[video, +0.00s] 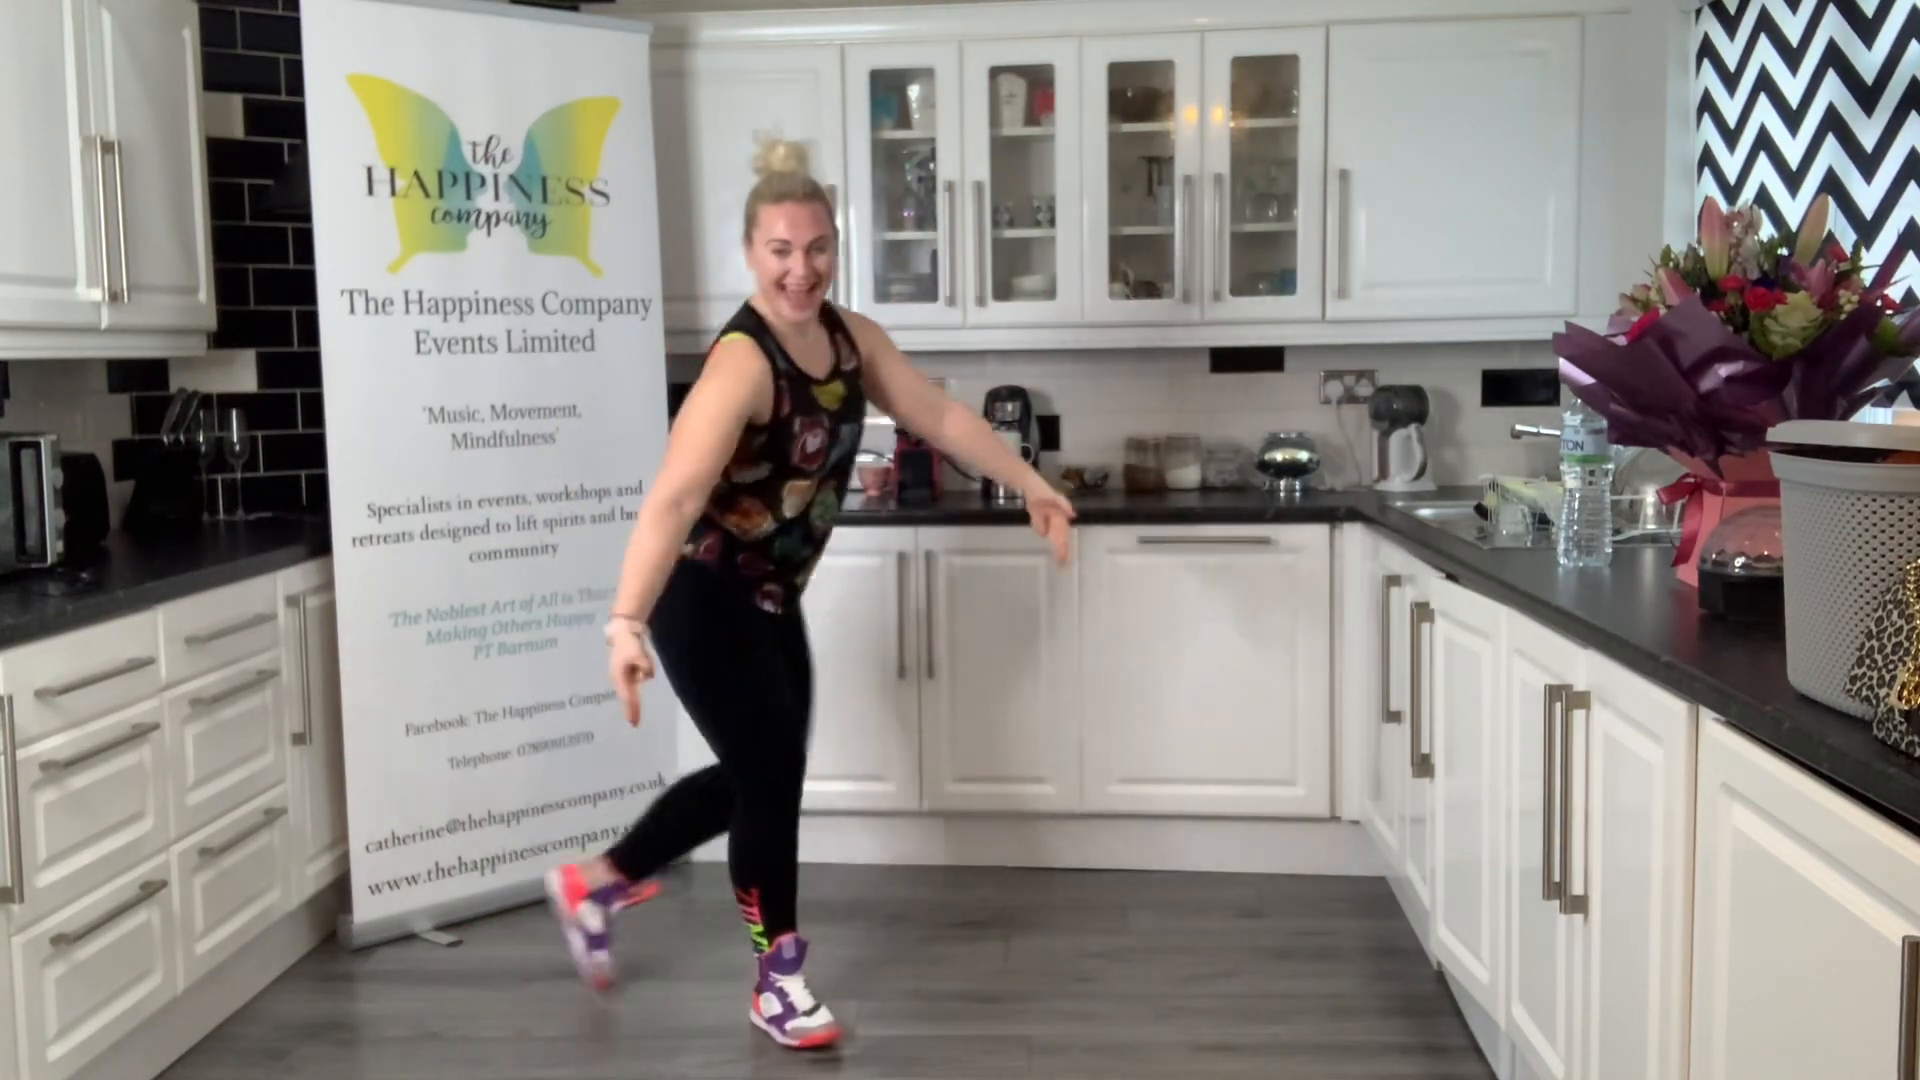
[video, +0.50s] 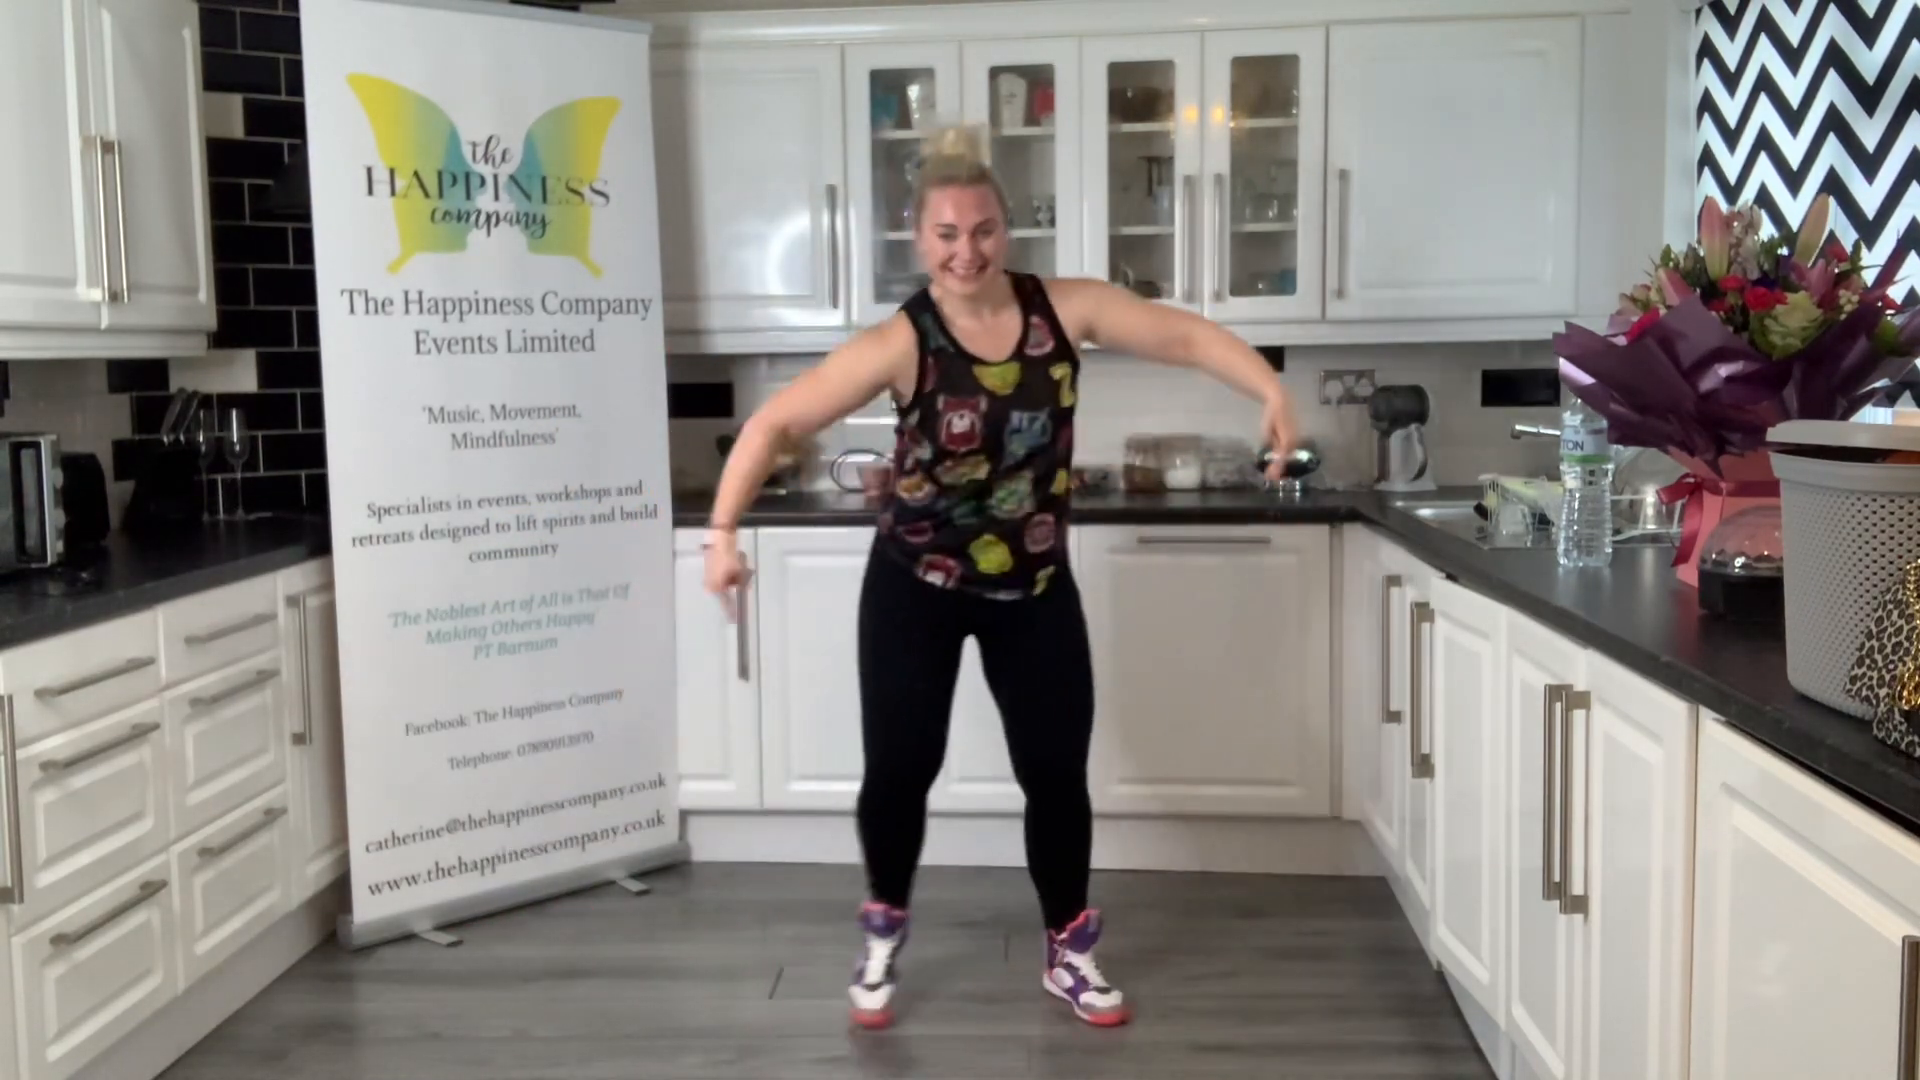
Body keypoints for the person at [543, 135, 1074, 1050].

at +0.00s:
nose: (799, 266)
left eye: (815, 247)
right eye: (780, 249)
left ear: (835, 248)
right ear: (750, 252)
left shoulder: (854, 338)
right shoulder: (742, 364)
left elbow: (938, 416)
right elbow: (674, 495)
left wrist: (1032, 485)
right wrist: (628, 615)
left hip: (773, 595)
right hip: (700, 594)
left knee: (761, 770)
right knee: (768, 765)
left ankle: (598, 885)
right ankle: (778, 976)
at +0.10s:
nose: (830, 261)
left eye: (846, 243)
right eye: (810, 244)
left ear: (868, 244)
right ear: (781, 247)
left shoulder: (892, 334)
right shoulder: (769, 355)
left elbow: (977, 418)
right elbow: (688, 484)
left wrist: (1065, 484)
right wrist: (617, 597)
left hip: (815, 585)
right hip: (728, 584)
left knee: (880, 744)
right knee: (780, 773)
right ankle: (781, 975)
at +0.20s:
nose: (860, 269)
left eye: (877, 249)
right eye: (840, 251)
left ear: (900, 248)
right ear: (813, 253)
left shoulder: (927, 342)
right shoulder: (797, 365)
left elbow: (1020, 417)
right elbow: (710, 490)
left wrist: (1115, 480)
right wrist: (628, 596)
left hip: (860, 589)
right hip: (766, 596)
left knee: (951, 734)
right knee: (811, 773)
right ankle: (783, 980)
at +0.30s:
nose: (894, 273)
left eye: (911, 254)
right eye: (875, 256)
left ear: (934, 253)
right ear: (849, 260)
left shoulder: (977, 347)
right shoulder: (834, 369)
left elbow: (1079, 411)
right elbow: (743, 485)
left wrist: (1181, 473)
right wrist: (651, 588)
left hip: (920, 596)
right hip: (817, 601)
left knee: (992, 768)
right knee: (841, 783)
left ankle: (1054, 943)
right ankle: (787, 982)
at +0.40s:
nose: (931, 264)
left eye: (947, 244)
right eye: (911, 247)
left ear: (973, 245)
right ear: (887, 253)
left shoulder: (1031, 329)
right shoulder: (870, 359)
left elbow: (1147, 382)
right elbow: (767, 468)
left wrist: (1256, 442)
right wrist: (675, 558)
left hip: (984, 591)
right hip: (874, 593)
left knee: (1029, 776)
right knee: (865, 780)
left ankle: (1067, 955)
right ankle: (806, 969)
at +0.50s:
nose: (965, 251)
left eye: (982, 231)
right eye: (945, 234)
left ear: (1007, 230)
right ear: (919, 240)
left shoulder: (1067, 307)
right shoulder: (899, 341)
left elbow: (1186, 335)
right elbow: (772, 424)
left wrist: (1274, 392)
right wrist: (721, 532)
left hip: (1032, 580)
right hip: (918, 583)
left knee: (1058, 775)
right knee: (899, 770)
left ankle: (1068, 952)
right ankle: (883, 930)